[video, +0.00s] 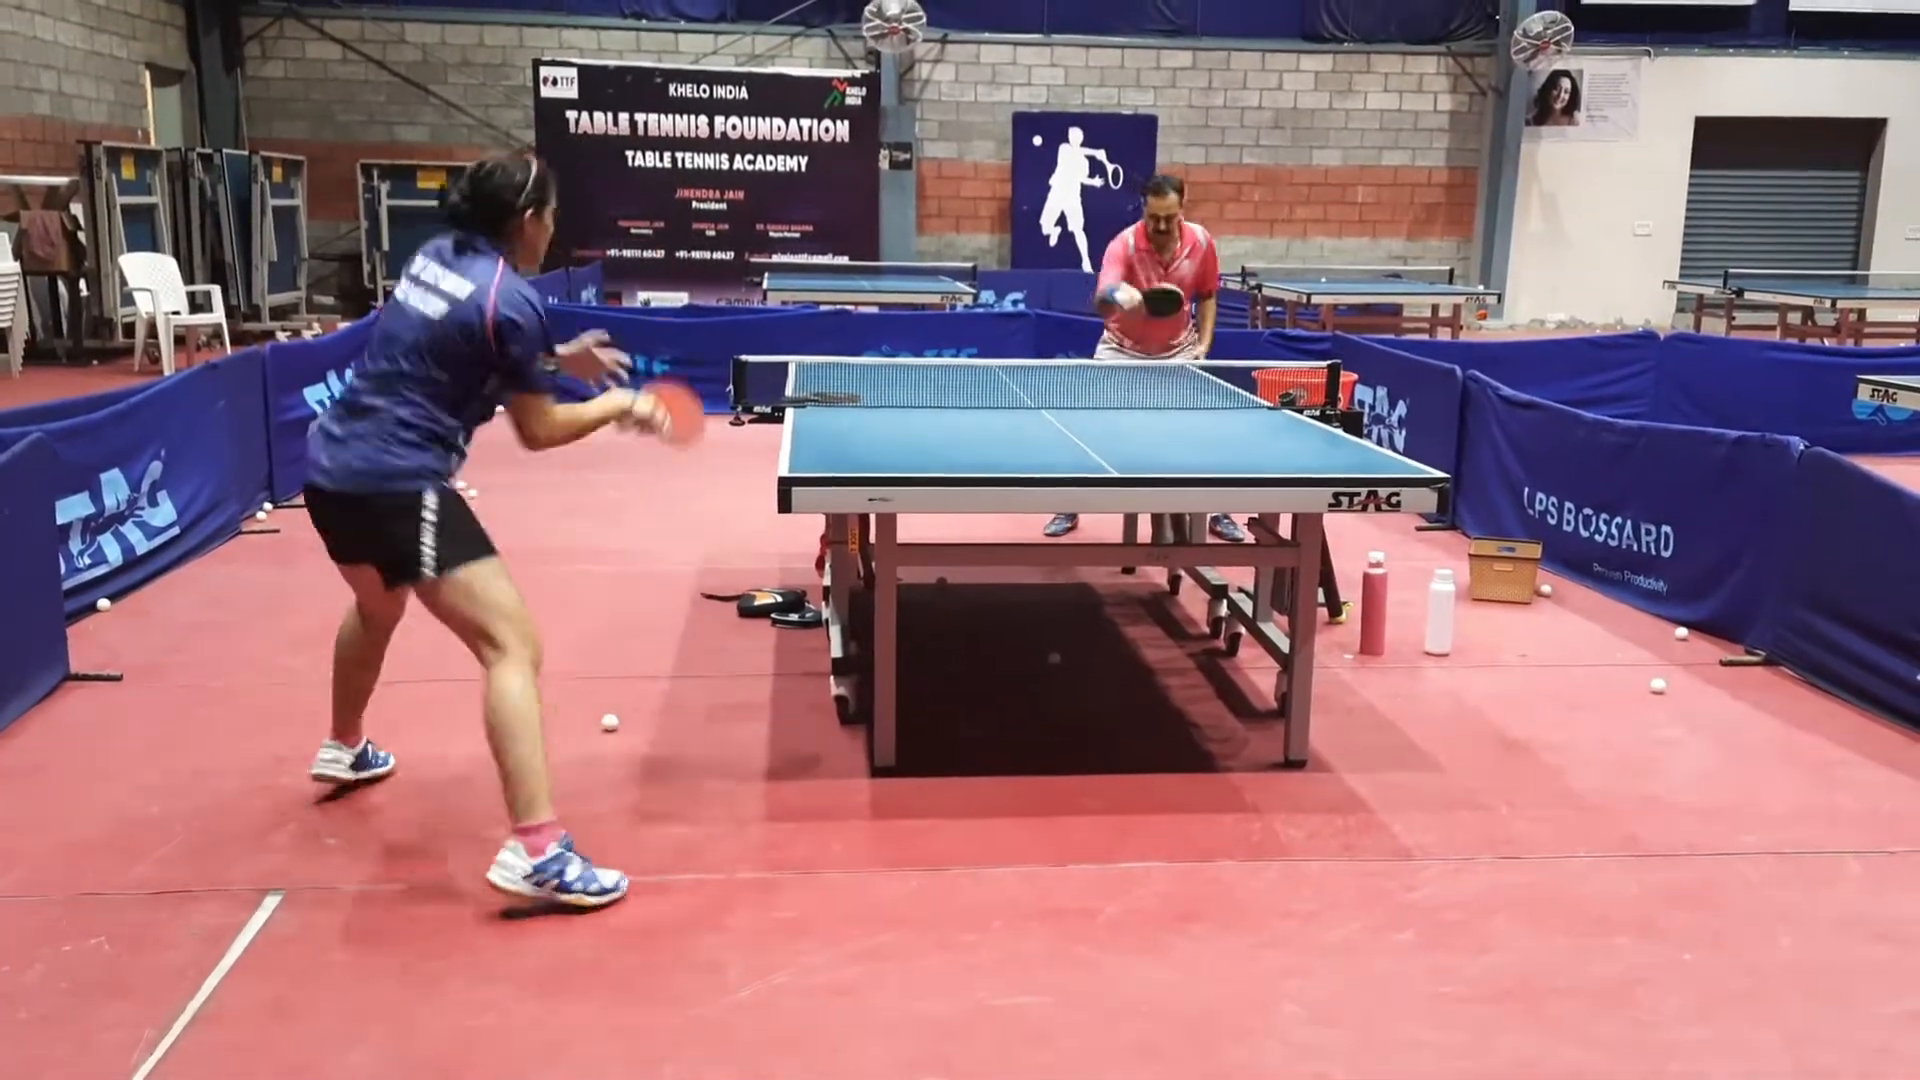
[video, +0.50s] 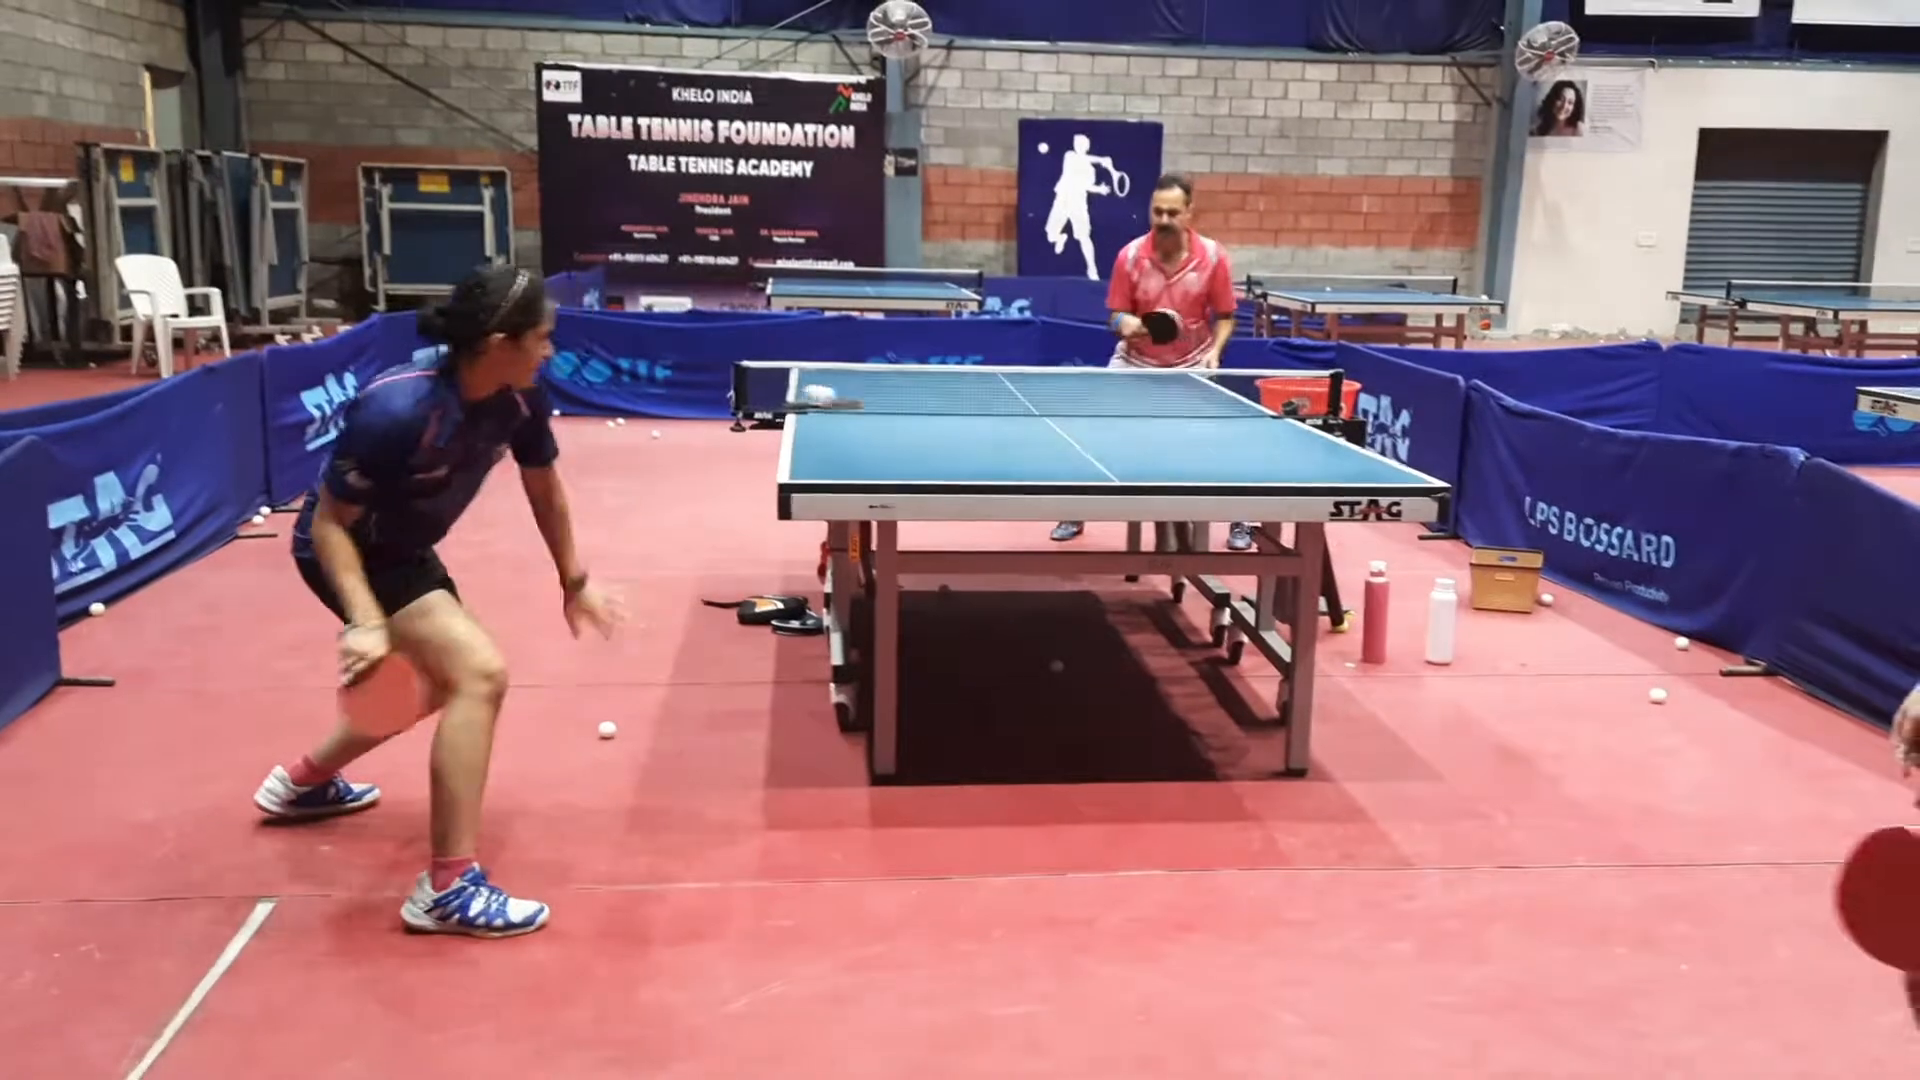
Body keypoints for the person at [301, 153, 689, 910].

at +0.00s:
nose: (551, 230)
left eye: (550, 215)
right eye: (548, 216)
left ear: (479, 210)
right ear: (527, 220)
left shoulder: (439, 252)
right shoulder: (511, 302)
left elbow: (467, 358)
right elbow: (538, 426)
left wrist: (559, 356)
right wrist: (620, 408)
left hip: (330, 470)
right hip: (403, 481)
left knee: (377, 603)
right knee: (511, 648)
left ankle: (341, 747)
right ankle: (537, 849)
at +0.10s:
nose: (573, 239)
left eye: (573, 225)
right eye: (570, 226)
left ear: (510, 221)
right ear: (543, 230)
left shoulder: (475, 262)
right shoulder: (505, 308)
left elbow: (499, 374)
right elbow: (484, 439)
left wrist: (583, 407)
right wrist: (579, 463)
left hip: (336, 464)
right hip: (381, 479)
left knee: (392, 614)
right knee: (498, 651)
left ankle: (320, 760)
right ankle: (469, 861)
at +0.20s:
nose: (590, 286)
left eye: (589, 273)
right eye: (584, 273)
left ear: (538, 274)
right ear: (552, 280)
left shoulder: (520, 337)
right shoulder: (483, 351)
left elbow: (534, 429)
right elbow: (431, 481)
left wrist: (597, 484)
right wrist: (538, 529)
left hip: (367, 507)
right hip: (367, 515)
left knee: (411, 650)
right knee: (501, 671)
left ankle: (309, 776)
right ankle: (459, 873)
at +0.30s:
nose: (588, 333)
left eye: (587, 319)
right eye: (581, 320)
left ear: (538, 322)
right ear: (547, 325)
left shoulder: (537, 388)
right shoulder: (451, 391)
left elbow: (551, 476)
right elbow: (379, 508)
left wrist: (586, 551)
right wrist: (476, 578)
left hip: (393, 539)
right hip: (349, 541)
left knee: (435, 669)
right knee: (499, 678)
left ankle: (307, 778)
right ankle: (456, 879)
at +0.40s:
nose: (575, 356)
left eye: (575, 343)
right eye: (568, 344)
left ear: (530, 350)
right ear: (530, 350)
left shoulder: (534, 402)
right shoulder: (418, 410)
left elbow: (551, 498)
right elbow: (338, 519)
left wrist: (571, 599)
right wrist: (413, 602)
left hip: (406, 546)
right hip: (343, 549)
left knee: (453, 670)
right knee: (485, 677)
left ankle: (306, 778)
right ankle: (452, 881)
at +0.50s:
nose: (550, 353)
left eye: (550, 340)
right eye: (542, 340)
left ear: (500, 342)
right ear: (495, 344)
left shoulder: (521, 393)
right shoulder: (396, 411)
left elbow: (544, 485)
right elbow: (326, 527)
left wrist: (574, 582)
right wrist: (366, 620)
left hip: (407, 548)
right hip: (351, 549)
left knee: (424, 689)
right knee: (478, 673)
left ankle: (303, 781)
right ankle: (451, 883)